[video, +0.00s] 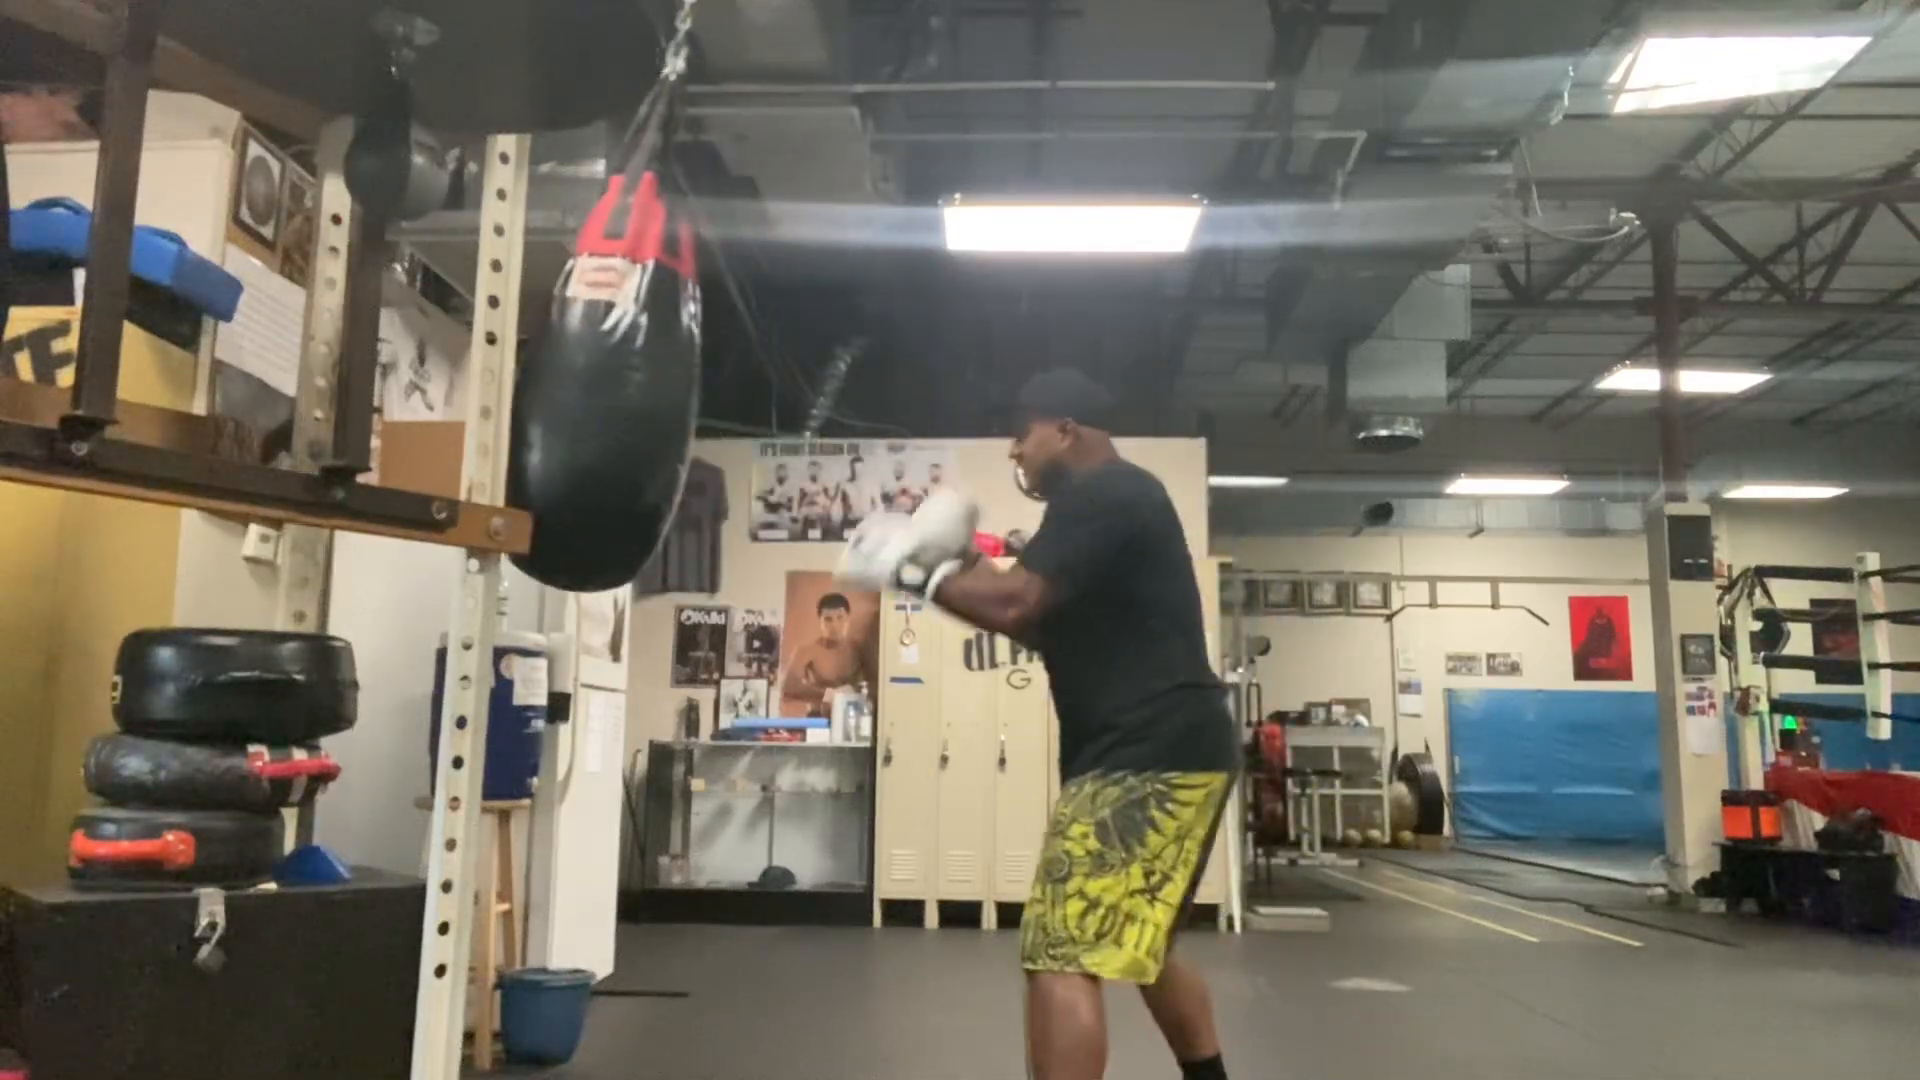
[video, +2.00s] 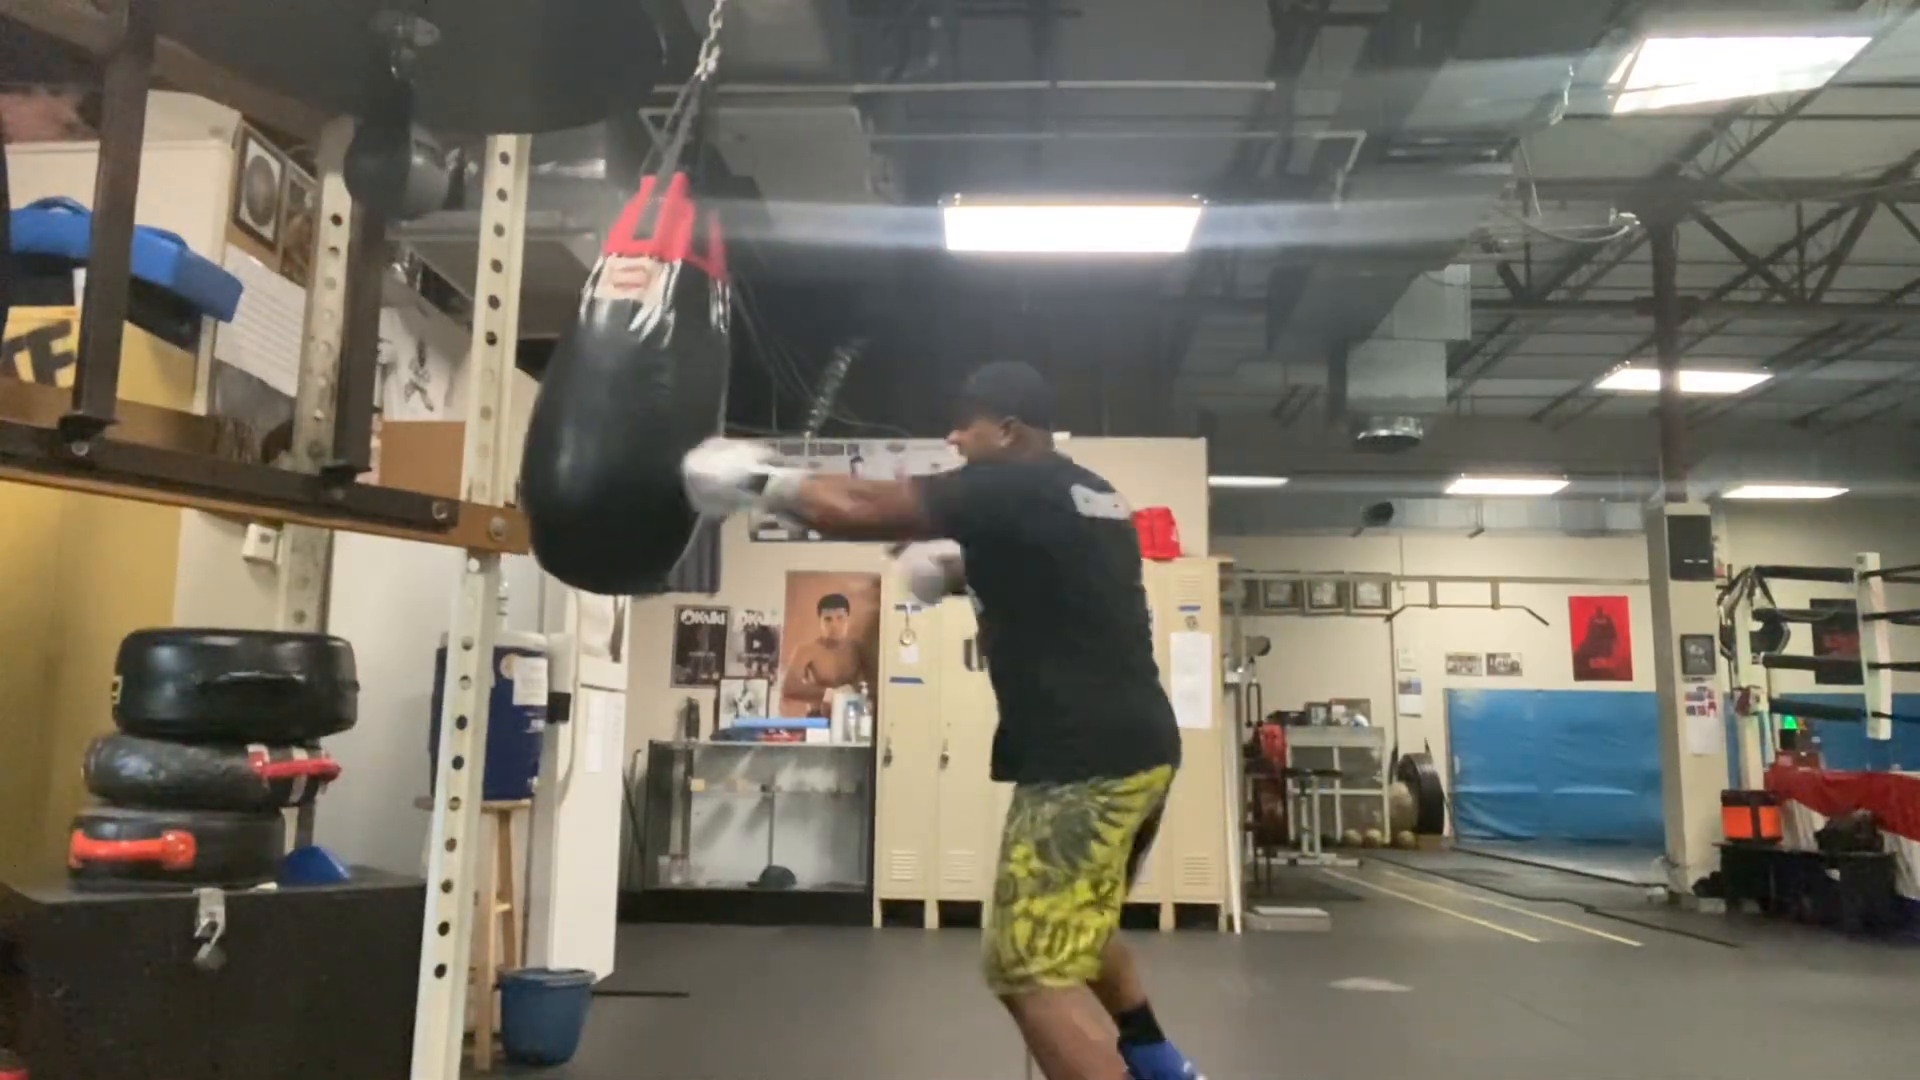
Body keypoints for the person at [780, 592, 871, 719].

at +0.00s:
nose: (835, 625)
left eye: (840, 618)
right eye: (828, 619)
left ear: (848, 619)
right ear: (819, 621)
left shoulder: (857, 652)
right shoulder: (806, 652)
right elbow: (789, 687)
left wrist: (817, 687)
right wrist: (826, 695)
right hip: (819, 718)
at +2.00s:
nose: (834, 625)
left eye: (840, 618)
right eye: (828, 619)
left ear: (847, 619)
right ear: (819, 621)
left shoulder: (858, 651)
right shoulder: (806, 651)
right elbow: (790, 688)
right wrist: (826, 694)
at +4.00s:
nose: (835, 625)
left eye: (840, 617)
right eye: (828, 619)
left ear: (848, 619)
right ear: (819, 620)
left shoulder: (856, 651)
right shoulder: (806, 651)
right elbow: (789, 688)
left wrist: (816, 686)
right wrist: (828, 694)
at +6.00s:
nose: (834, 625)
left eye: (840, 618)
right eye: (828, 619)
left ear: (848, 620)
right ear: (819, 621)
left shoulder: (858, 652)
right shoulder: (806, 652)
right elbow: (789, 688)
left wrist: (816, 687)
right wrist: (827, 693)